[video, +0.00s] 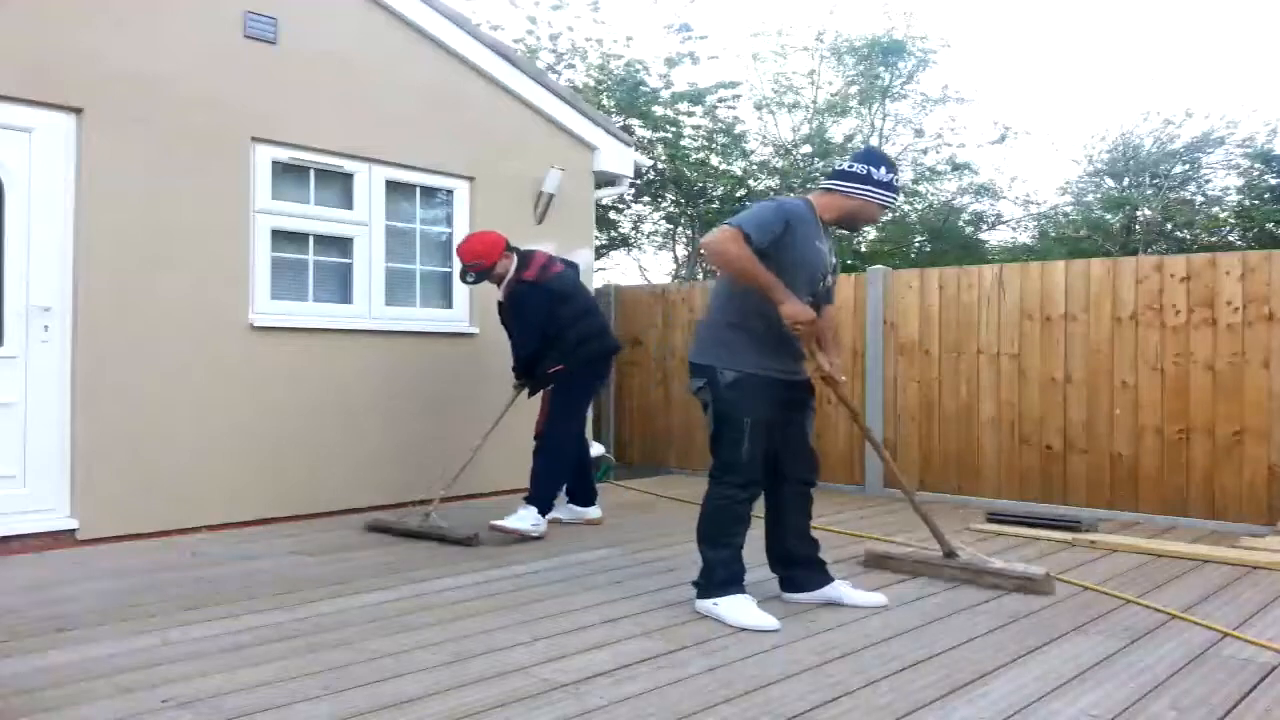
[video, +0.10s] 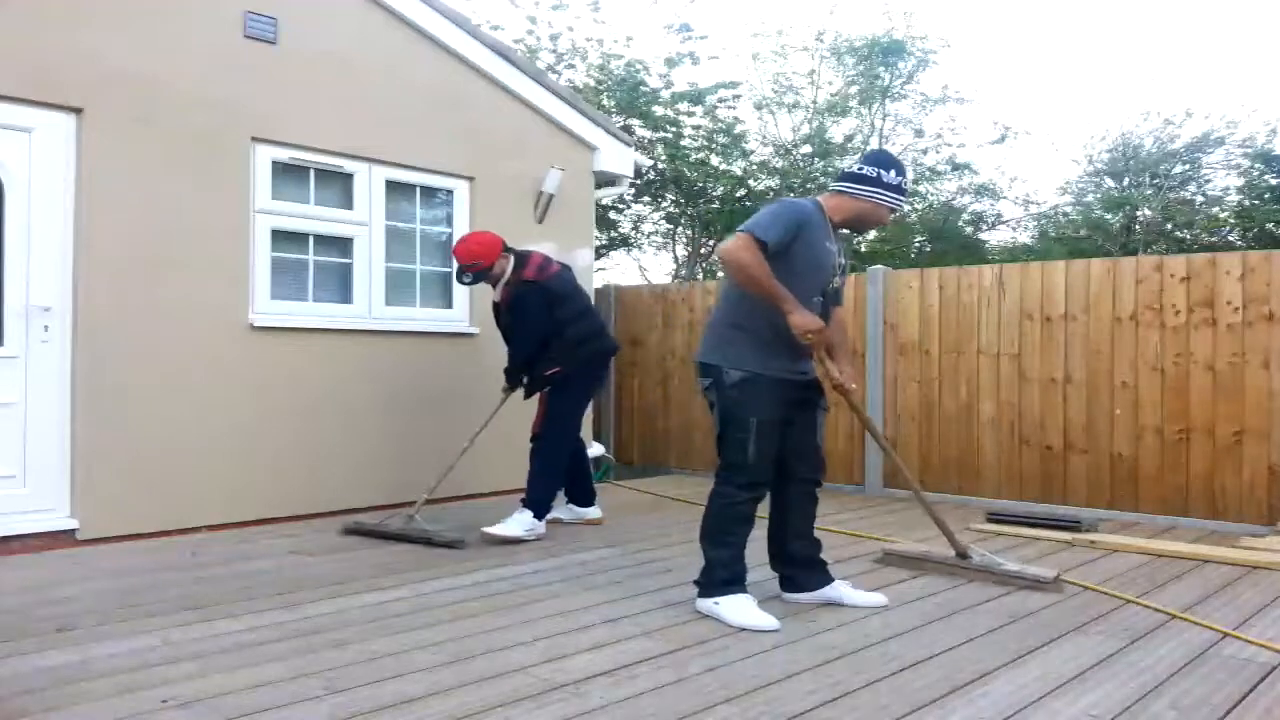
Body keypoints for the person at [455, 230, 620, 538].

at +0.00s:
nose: (486, 280)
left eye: (486, 273)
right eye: (482, 275)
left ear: (501, 259)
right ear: (506, 254)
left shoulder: (520, 292)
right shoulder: (539, 264)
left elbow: (526, 343)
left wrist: (525, 372)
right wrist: (535, 364)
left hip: (576, 358)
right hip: (593, 350)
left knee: (553, 430)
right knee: (568, 428)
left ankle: (535, 511)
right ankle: (583, 503)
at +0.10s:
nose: (483, 282)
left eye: (483, 275)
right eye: (478, 277)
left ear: (498, 261)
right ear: (500, 257)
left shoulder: (526, 288)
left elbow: (528, 339)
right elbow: (521, 332)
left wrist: (516, 371)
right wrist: (518, 366)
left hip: (577, 358)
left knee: (549, 434)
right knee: (564, 430)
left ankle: (533, 515)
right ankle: (582, 503)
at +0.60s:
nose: (462, 275)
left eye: (463, 267)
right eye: (457, 269)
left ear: (480, 252)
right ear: (483, 248)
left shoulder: (504, 284)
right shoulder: (509, 259)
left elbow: (481, 340)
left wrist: (445, 383)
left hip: (555, 359)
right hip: (567, 351)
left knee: (532, 435)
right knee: (553, 427)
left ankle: (527, 517)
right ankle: (577, 502)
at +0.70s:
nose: (458, 270)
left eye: (458, 263)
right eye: (453, 265)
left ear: (476, 250)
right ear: (478, 246)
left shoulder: (500, 283)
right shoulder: (505, 258)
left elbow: (475, 338)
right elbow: (485, 331)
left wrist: (435, 384)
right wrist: (453, 372)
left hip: (551, 359)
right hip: (563, 351)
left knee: (528, 436)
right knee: (546, 428)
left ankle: (527, 518)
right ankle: (574, 501)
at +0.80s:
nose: (455, 269)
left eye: (456, 262)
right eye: (450, 264)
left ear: (473, 247)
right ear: (474, 244)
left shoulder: (497, 280)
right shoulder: (501, 256)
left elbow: (471, 336)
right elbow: (483, 326)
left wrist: (429, 383)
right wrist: (461, 356)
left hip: (548, 358)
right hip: (558, 351)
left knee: (526, 436)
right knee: (539, 429)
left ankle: (527, 518)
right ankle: (568, 502)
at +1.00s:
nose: (446, 264)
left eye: (447, 257)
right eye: (442, 259)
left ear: (464, 241)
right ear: (466, 239)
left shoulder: (490, 272)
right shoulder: (489, 257)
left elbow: (470, 330)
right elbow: (474, 323)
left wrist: (440, 373)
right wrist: (451, 365)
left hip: (544, 358)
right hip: (530, 358)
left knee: (523, 435)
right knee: (514, 434)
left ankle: (529, 517)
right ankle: (522, 509)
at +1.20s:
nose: (441, 267)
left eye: (443, 260)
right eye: (438, 262)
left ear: (461, 245)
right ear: (461, 244)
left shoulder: (489, 273)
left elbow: (479, 334)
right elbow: (472, 328)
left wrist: (466, 368)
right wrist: (468, 361)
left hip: (538, 354)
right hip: (515, 357)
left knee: (506, 429)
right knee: (491, 430)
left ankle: (526, 512)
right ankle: (512, 506)